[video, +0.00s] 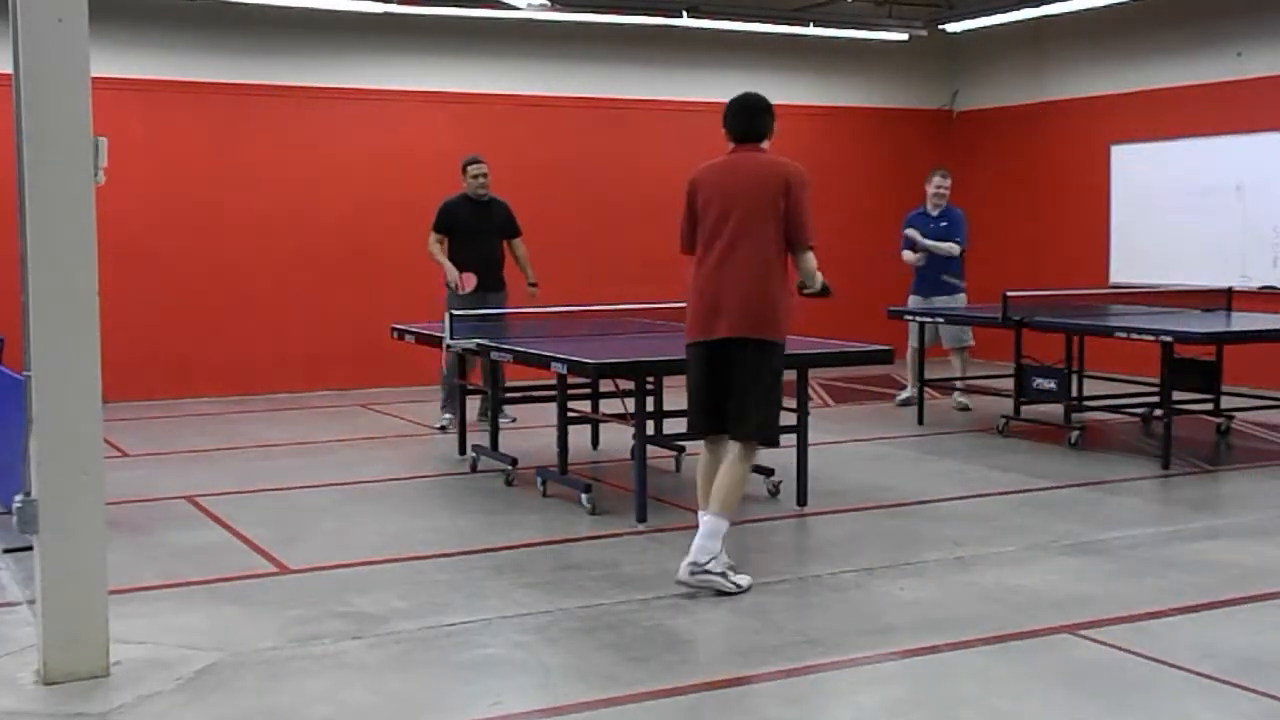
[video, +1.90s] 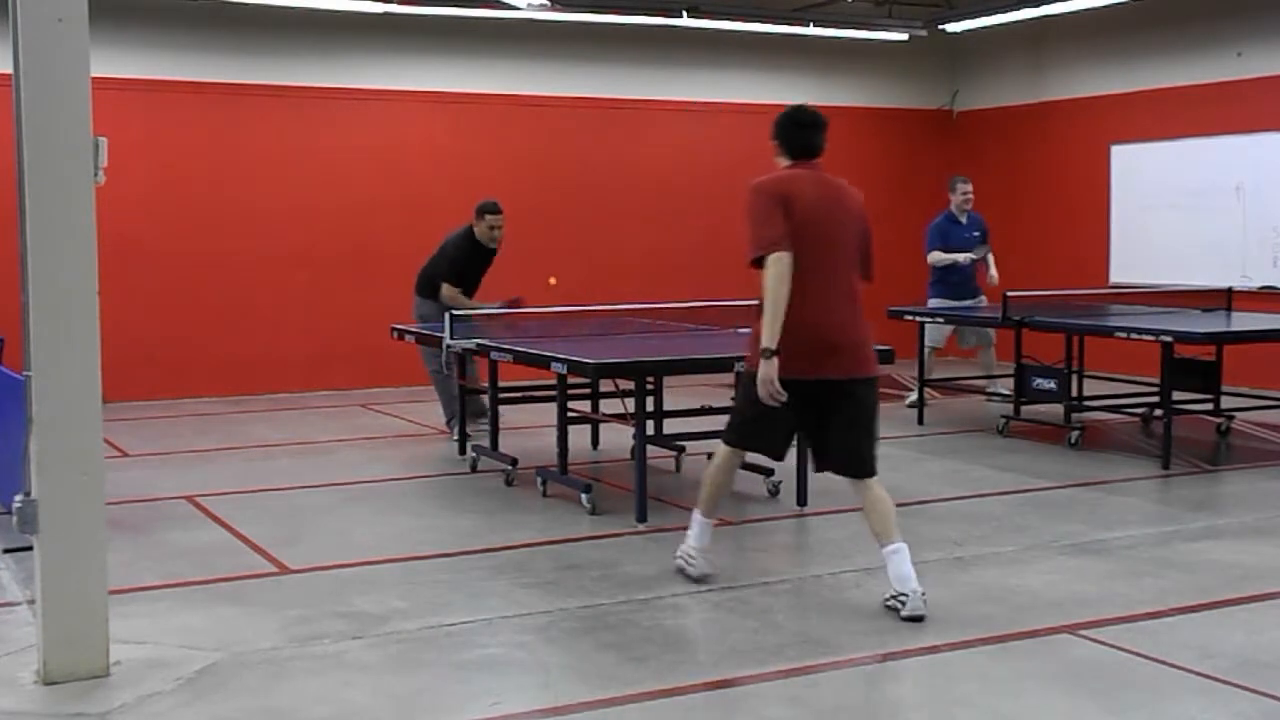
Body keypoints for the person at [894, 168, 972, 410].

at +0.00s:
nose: (942, 192)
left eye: (946, 189)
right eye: (938, 187)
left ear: (950, 191)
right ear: (927, 188)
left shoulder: (955, 217)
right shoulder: (913, 219)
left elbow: (955, 249)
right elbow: (905, 252)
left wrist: (922, 242)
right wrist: (915, 258)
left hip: (950, 289)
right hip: (921, 289)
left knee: (957, 346)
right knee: (914, 344)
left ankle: (960, 391)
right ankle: (912, 388)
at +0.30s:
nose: (935, 190)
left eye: (938, 186)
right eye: (930, 186)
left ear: (941, 188)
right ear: (918, 189)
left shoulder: (951, 215)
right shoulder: (908, 220)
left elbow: (967, 241)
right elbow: (905, 254)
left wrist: (956, 255)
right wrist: (932, 252)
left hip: (952, 289)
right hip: (921, 292)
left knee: (962, 339)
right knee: (913, 343)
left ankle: (970, 387)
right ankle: (913, 387)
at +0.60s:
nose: (960, 194)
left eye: (962, 190)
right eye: (955, 191)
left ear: (964, 193)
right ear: (942, 193)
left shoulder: (967, 220)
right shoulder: (929, 222)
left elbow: (972, 246)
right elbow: (920, 254)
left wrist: (982, 265)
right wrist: (945, 258)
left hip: (965, 291)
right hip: (935, 293)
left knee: (983, 338)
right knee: (919, 342)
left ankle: (993, 383)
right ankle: (913, 387)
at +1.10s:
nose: (966, 203)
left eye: (969, 199)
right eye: (961, 200)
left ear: (973, 200)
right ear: (951, 202)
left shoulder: (986, 225)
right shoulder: (941, 229)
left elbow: (1008, 249)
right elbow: (923, 258)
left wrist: (1006, 267)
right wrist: (919, 279)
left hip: (982, 298)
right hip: (949, 298)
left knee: (997, 343)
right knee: (934, 344)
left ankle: (993, 385)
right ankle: (920, 389)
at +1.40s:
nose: (935, 207)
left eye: (938, 202)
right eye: (930, 204)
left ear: (947, 199)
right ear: (926, 206)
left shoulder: (967, 222)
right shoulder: (925, 230)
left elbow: (993, 246)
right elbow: (924, 262)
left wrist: (979, 270)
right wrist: (911, 265)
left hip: (972, 295)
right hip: (939, 296)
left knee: (986, 343)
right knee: (926, 343)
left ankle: (993, 384)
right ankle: (920, 388)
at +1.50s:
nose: (936, 202)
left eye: (939, 197)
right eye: (931, 199)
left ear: (945, 196)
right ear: (924, 202)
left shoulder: (964, 219)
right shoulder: (921, 226)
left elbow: (987, 245)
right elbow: (923, 257)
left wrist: (970, 265)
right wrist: (933, 238)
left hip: (967, 293)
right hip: (936, 294)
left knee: (982, 341)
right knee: (926, 343)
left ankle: (991, 383)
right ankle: (920, 388)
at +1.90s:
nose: (969, 198)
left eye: (971, 194)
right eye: (964, 194)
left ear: (974, 196)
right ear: (952, 196)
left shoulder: (977, 222)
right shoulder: (939, 226)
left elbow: (986, 249)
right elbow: (932, 257)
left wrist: (992, 268)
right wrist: (956, 258)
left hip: (973, 294)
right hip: (943, 297)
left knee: (987, 340)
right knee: (930, 346)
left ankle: (992, 384)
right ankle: (920, 389)